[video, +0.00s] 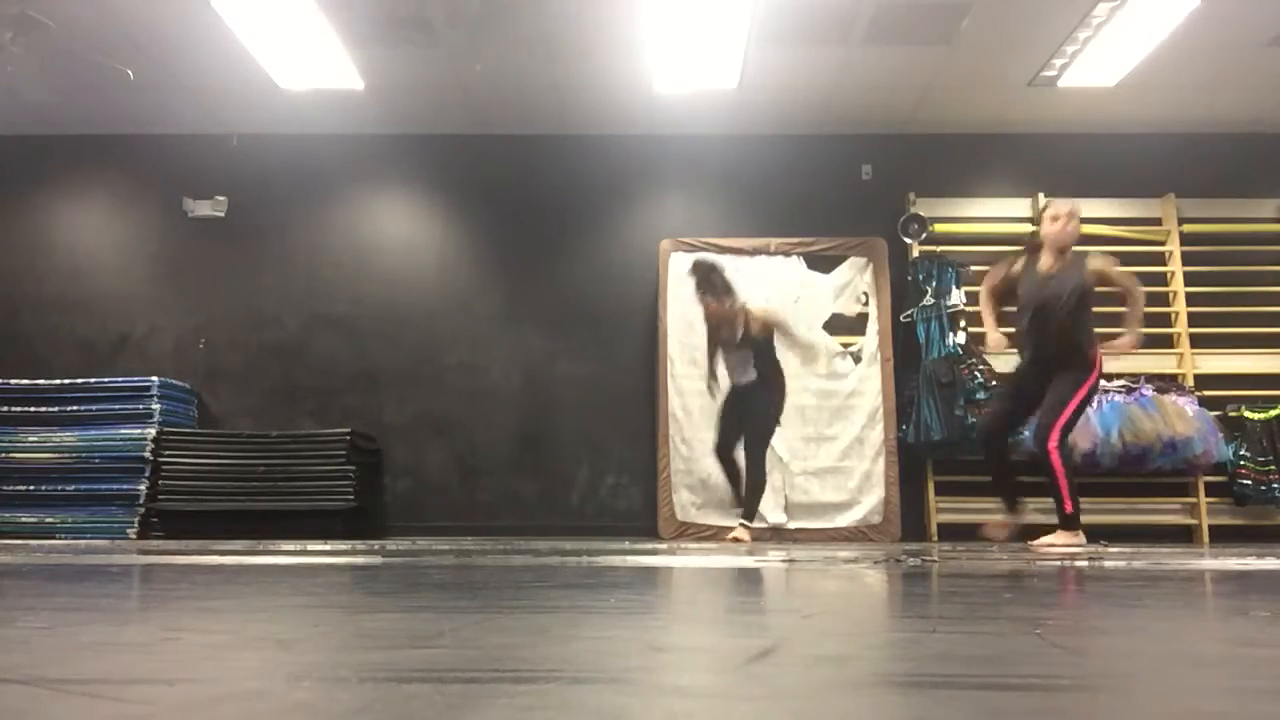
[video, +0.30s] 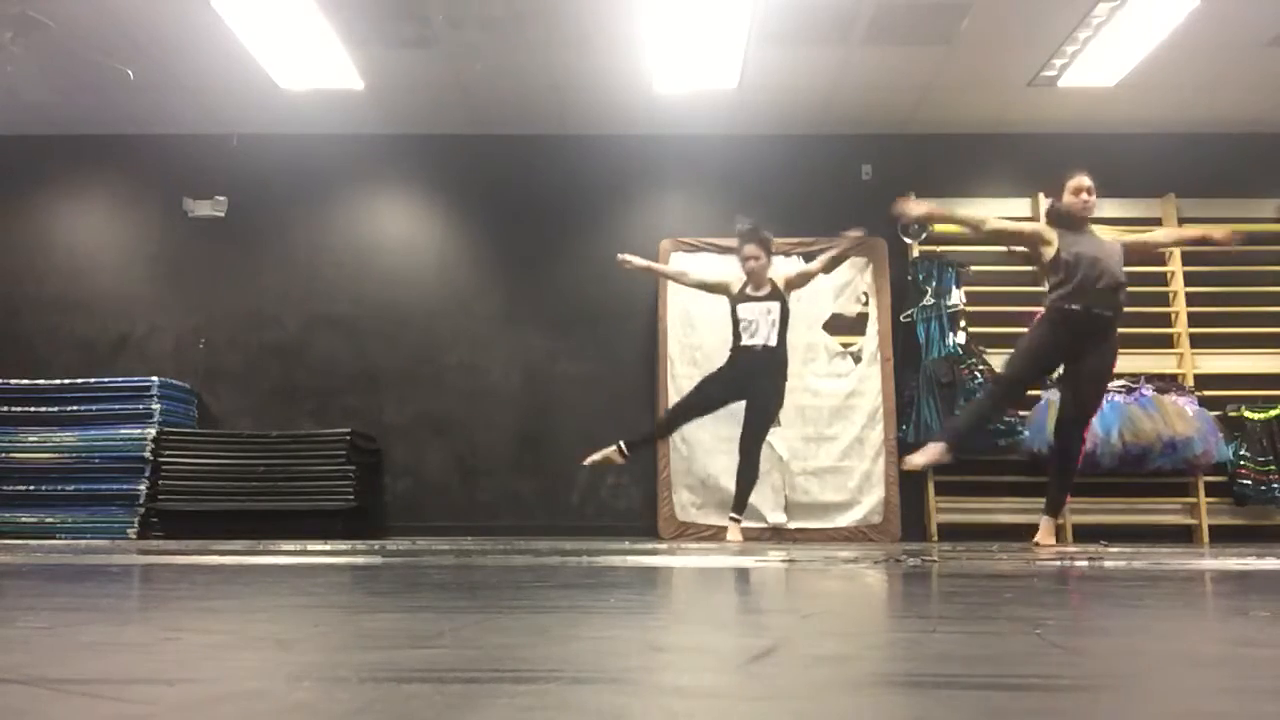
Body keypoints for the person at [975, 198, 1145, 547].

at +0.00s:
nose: (1062, 225)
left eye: (1070, 219)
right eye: (1054, 219)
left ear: (1079, 229)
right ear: (1040, 227)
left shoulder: (1091, 266)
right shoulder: (1022, 265)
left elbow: (1134, 290)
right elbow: (989, 287)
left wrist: (1131, 334)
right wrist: (992, 330)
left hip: (1078, 366)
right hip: (1036, 366)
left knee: (1047, 438)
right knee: (992, 430)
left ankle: (1071, 529)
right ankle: (1013, 512)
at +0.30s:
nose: (1087, 198)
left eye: (1091, 192)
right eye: (1078, 192)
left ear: (1097, 201)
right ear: (1057, 199)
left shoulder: (1114, 241)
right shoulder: (1045, 234)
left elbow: (1164, 238)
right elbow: (984, 224)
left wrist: (1209, 233)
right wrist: (932, 211)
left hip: (1100, 339)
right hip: (1056, 327)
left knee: (1072, 430)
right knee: (1005, 385)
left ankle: (1050, 521)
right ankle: (943, 443)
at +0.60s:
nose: (1111, 227)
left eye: (1115, 222)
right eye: (1102, 222)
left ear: (1121, 229)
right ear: (1083, 233)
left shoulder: (1137, 258)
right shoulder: (1076, 280)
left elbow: (1179, 254)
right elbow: (1103, 301)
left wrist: (1203, 221)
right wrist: (1140, 278)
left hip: (1135, 370)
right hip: (1094, 366)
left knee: (1093, 449)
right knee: (1138, 419)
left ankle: (1037, 524)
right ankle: (1150, 519)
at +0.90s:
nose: (1222, 199)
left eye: (1227, 192)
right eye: (1213, 193)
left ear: (1235, 198)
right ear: (1196, 199)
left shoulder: (1250, 242)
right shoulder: (1173, 232)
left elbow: (1256, 299)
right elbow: (1110, 236)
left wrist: (1238, 346)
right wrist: (1086, 265)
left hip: (1227, 348)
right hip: (1179, 346)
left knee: (1272, 412)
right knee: (1171, 429)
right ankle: (1148, 525)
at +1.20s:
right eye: (1275, 236)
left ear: (1277, 243)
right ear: (1262, 246)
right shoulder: (1263, 297)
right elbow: (1272, 359)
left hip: (1266, 376)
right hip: (1232, 372)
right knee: (1210, 445)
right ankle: (1154, 526)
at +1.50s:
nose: (1277, 264)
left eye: (1279, 258)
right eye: (1271, 257)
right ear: (1253, 264)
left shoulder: (1275, 305)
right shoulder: (1224, 288)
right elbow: (1162, 286)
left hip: (1256, 404)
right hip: (1204, 397)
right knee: (1207, 446)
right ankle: (1159, 529)